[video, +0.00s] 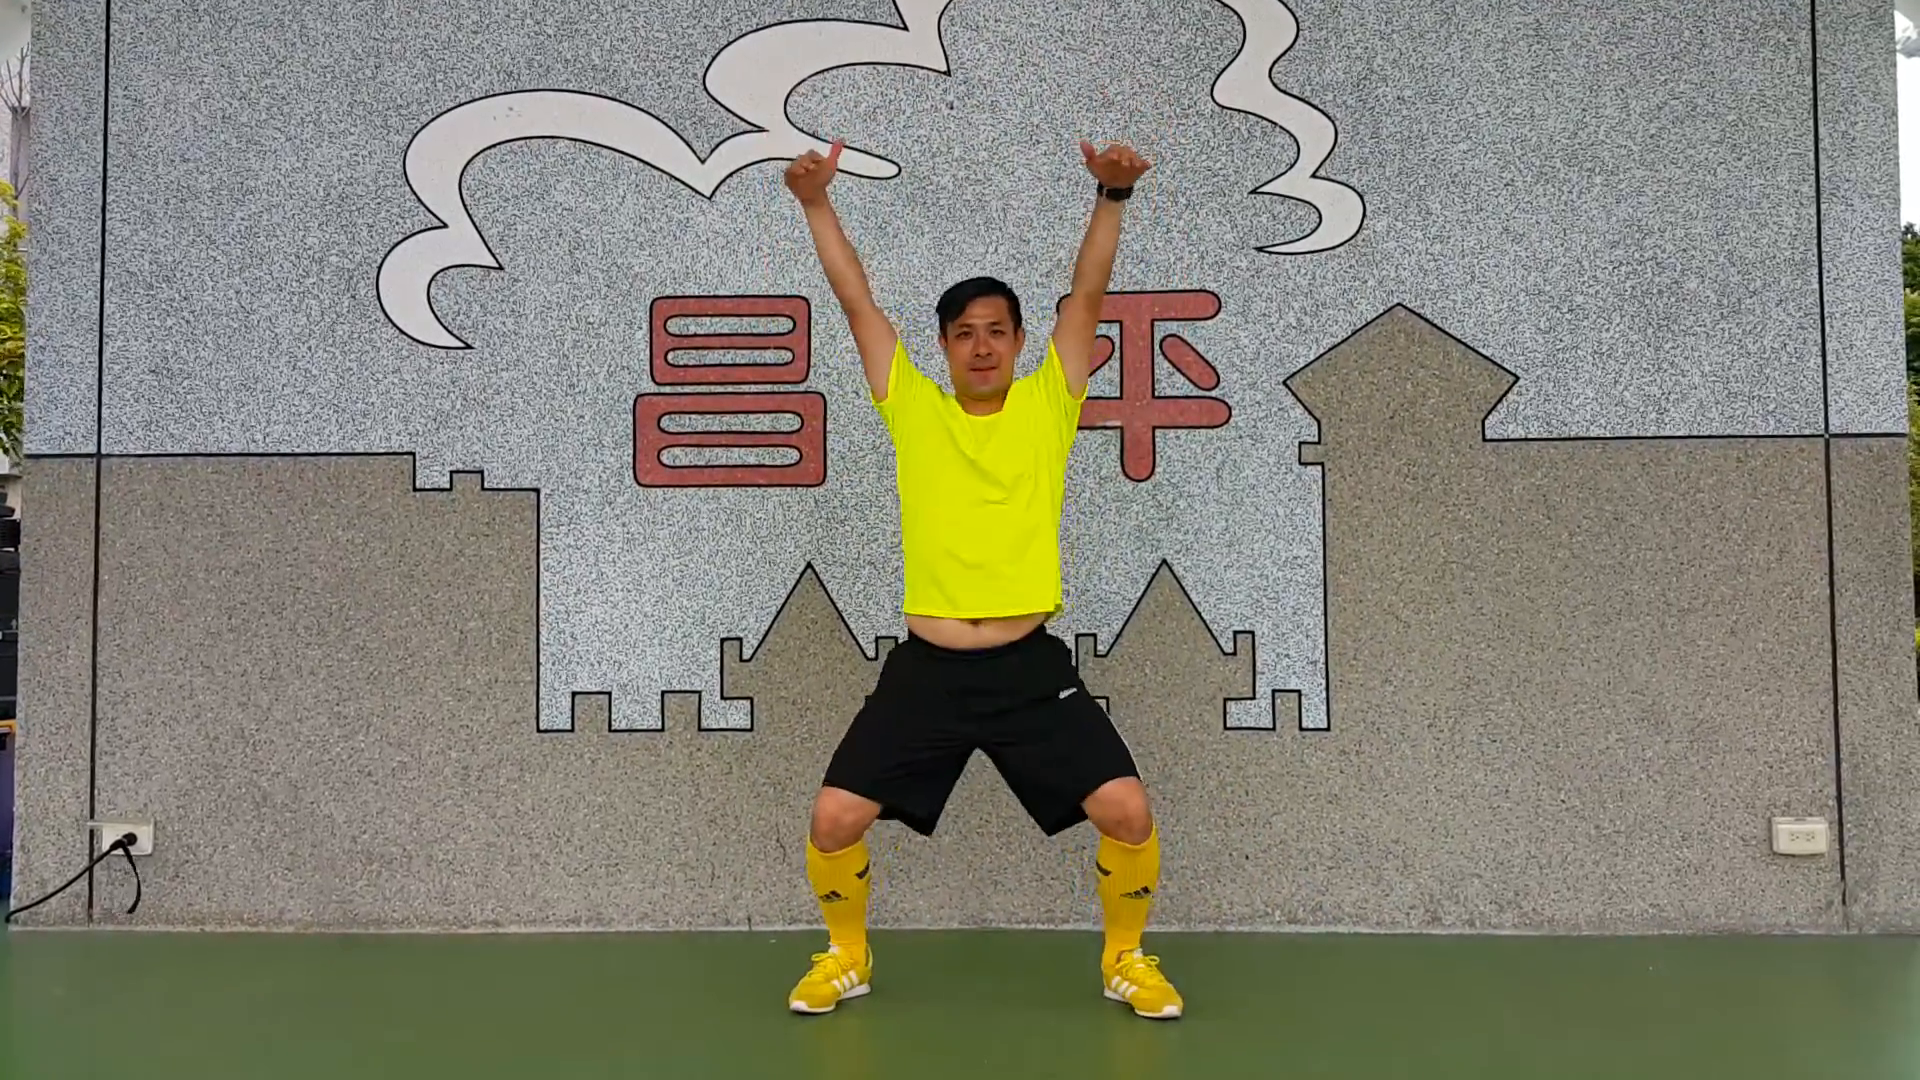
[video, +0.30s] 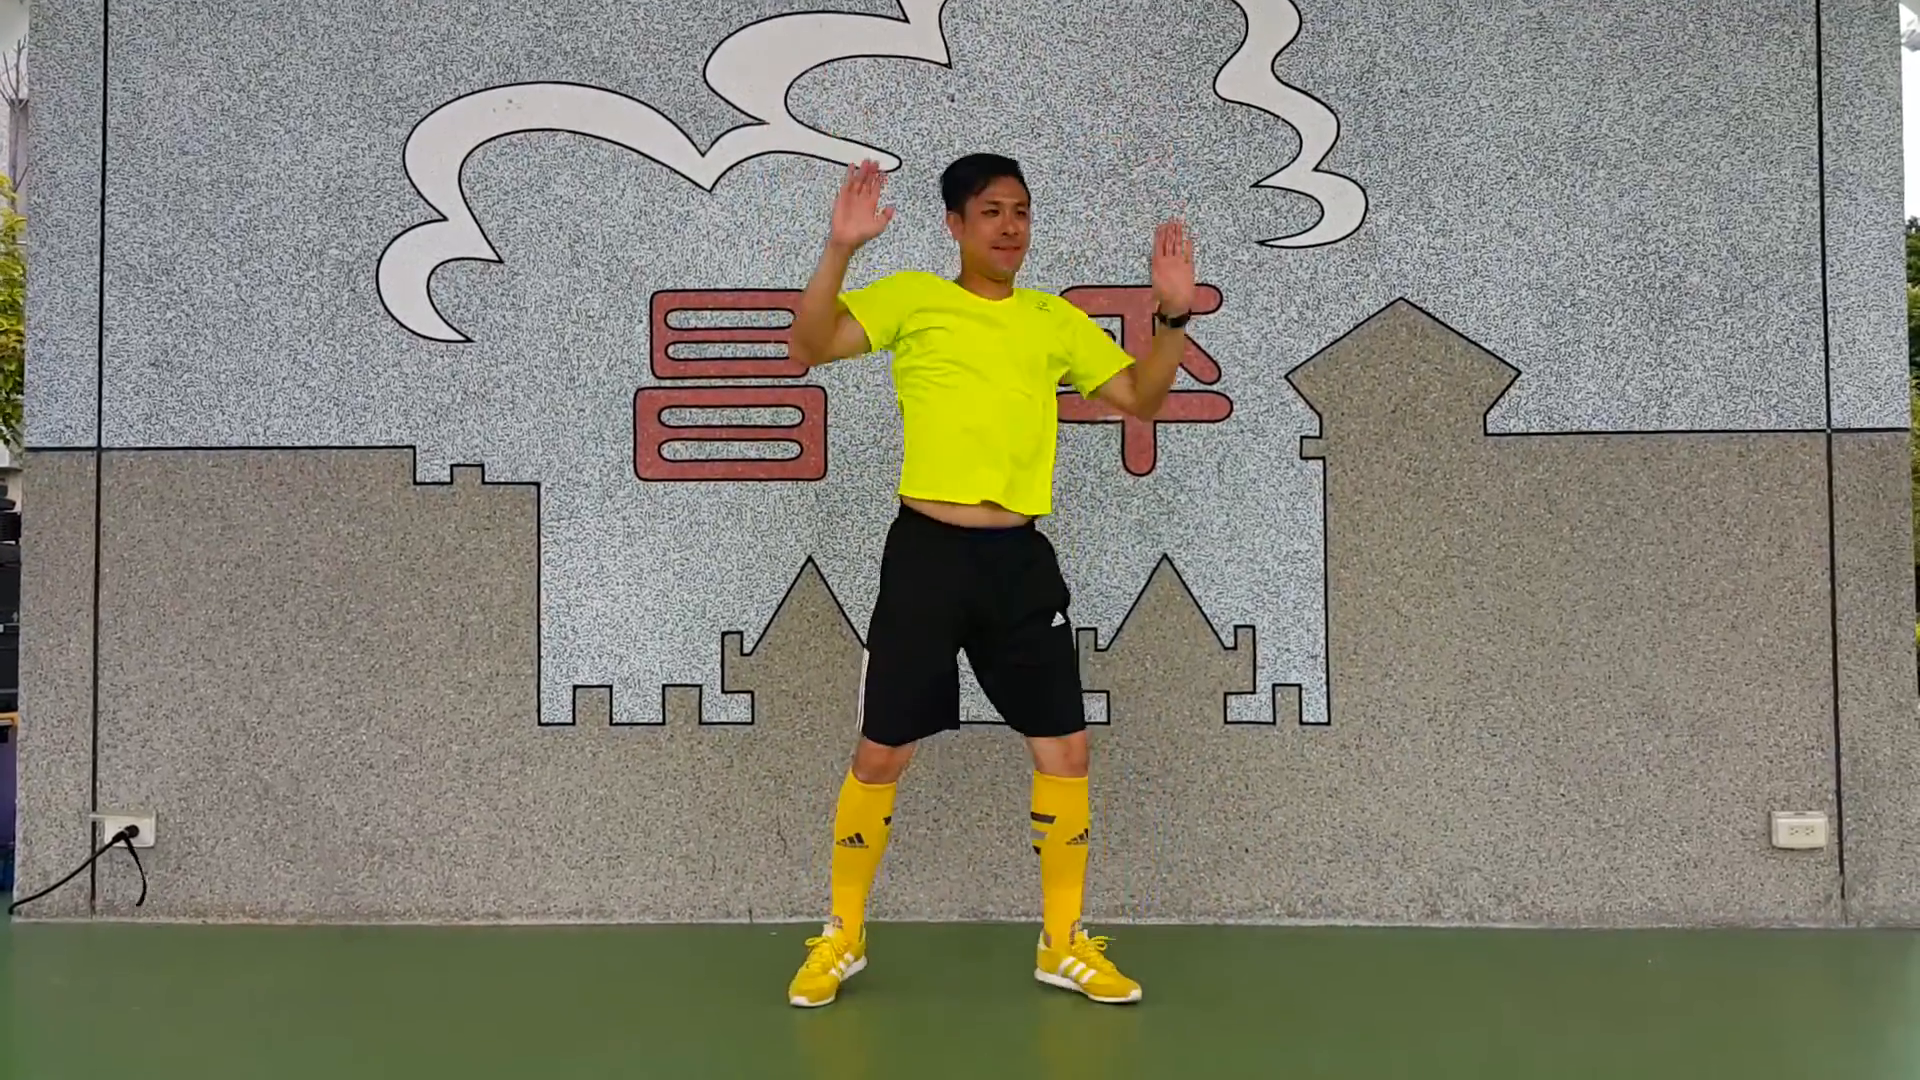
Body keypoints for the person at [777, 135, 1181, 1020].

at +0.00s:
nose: (984, 344)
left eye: (998, 331)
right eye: (967, 333)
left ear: (1020, 342)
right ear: (944, 347)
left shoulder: (1047, 411)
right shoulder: (914, 412)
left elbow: (1085, 301)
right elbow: (857, 305)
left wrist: (1111, 198)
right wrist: (817, 201)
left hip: (1031, 670)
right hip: (923, 673)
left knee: (1127, 811)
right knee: (834, 817)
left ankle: (1125, 961)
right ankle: (848, 957)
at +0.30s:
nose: (1011, 226)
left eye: (1020, 212)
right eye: (992, 213)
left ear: (1031, 224)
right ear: (955, 225)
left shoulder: (1056, 321)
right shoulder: (914, 296)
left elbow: (1141, 397)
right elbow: (809, 343)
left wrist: (1170, 314)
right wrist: (839, 251)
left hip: (1019, 558)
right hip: (924, 554)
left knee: (1064, 750)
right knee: (880, 752)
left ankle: (1063, 943)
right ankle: (842, 936)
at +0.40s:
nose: (1037, 238)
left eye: (1037, 225)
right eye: (1018, 224)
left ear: (1032, 239)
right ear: (970, 239)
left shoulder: (1055, 352)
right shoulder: (927, 328)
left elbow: (1097, 453)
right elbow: (857, 435)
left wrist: (1169, 405)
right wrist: (895, 365)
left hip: (1020, 573)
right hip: (927, 564)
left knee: (1059, 756)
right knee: (880, 760)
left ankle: (1061, 944)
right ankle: (831, 934)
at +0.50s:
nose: (1045, 247)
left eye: (1043, 232)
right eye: (1030, 231)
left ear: (1019, 242)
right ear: (982, 237)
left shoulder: (1048, 353)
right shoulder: (934, 316)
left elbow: (1125, 409)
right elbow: (898, 391)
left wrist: (1175, 340)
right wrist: (970, 302)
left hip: (1008, 579)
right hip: (920, 561)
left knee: (1045, 756)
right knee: (864, 756)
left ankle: (1059, 941)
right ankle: (780, 915)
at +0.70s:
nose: (1014, 257)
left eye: (1013, 243)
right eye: (1004, 241)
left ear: (991, 250)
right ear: (962, 242)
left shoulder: (992, 319)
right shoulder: (914, 310)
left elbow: (1061, 258)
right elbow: (959, 212)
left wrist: (1129, 174)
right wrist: (1010, 95)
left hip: (947, 583)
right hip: (879, 571)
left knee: (1016, 754)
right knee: (785, 756)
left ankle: (1056, 935)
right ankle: (639, 901)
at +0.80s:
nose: (994, 286)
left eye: (991, 273)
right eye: (978, 270)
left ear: (972, 285)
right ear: (939, 275)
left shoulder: (957, 354)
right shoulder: (897, 338)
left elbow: (1018, 266)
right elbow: (960, 223)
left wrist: (1091, 190)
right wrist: (1011, 106)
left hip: (921, 619)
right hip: (850, 602)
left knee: (1022, 746)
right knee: (741, 781)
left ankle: (1058, 933)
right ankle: (600, 926)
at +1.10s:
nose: (1014, 221)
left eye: (1011, 208)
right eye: (999, 209)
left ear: (981, 224)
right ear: (952, 220)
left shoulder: (1015, 304)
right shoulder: (905, 287)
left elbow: (1111, 274)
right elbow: (867, 214)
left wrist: (1140, 179)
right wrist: (937, 105)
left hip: (981, 553)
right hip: (897, 543)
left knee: (1045, 736)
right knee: (822, 728)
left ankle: (1060, 921)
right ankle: (704, 876)